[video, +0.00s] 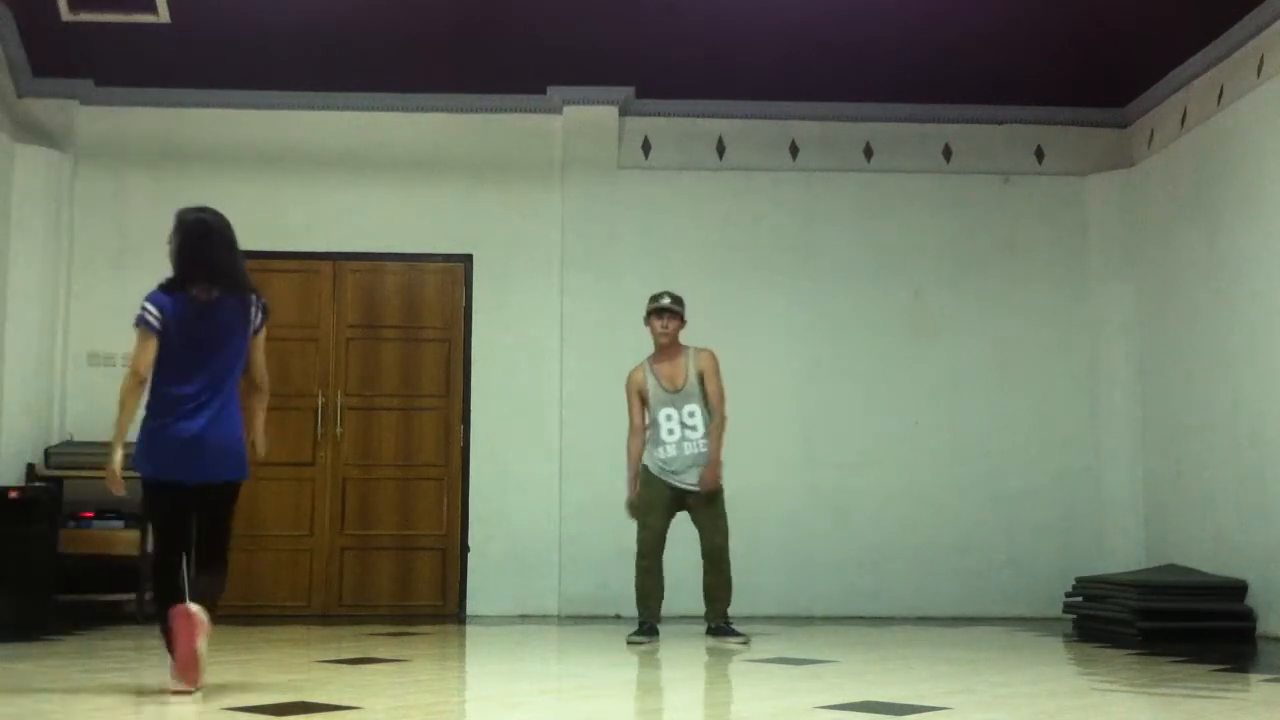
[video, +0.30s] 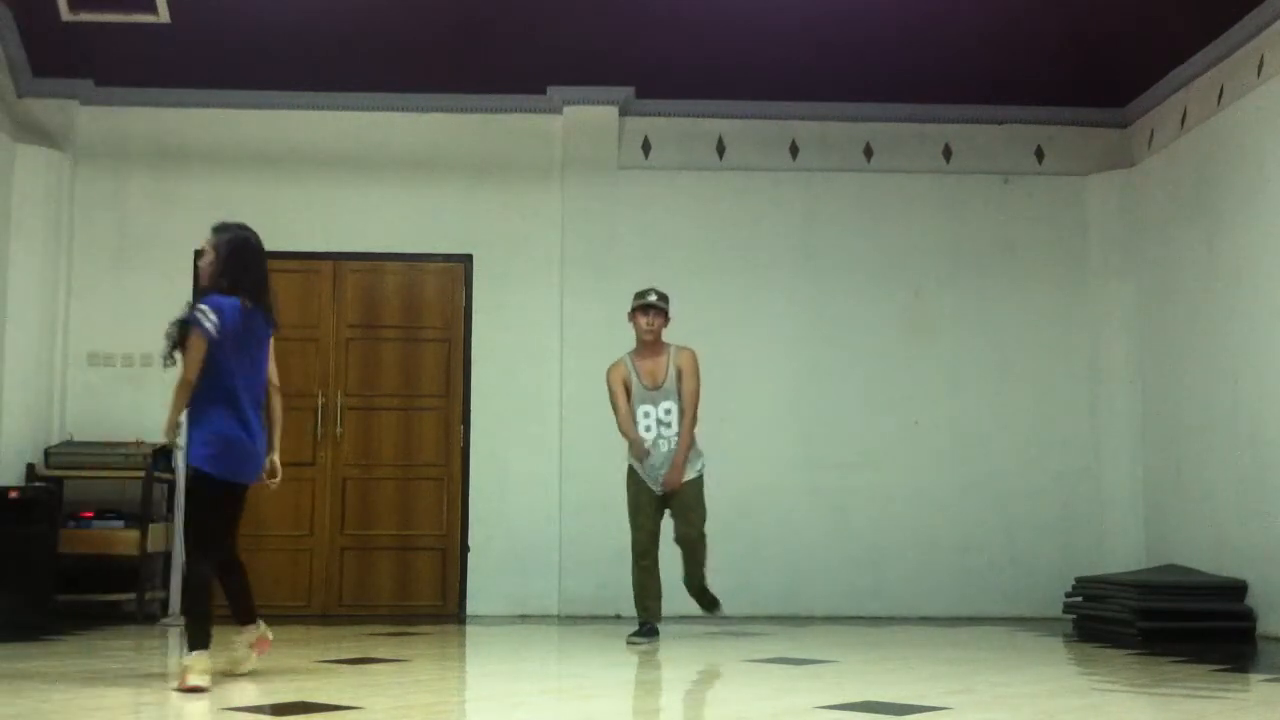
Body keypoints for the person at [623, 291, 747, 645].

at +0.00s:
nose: (664, 322)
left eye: (672, 316)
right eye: (658, 316)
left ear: (682, 322)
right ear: (648, 323)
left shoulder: (703, 360)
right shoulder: (638, 377)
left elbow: (718, 415)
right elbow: (637, 431)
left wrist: (713, 464)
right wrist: (633, 483)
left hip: (701, 476)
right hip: (656, 478)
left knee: (717, 549)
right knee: (648, 551)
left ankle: (718, 621)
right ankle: (647, 623)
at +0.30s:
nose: (650, 320)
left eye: (656, 314)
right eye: (643, 313)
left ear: (666, 320)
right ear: (632, 319)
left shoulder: (684, 358)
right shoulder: (619, 371)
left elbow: (689, 415)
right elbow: (623, 416)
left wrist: (678, 464)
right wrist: (634, 439)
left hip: (684, 464)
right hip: (643, 469)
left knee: (692, 534)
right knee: (643, 546)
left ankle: (696, 584)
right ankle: (648, 620)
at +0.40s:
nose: (651, 318)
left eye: (658, 312)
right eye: (644, 311)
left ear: (666, 318)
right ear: (633, 316)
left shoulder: (682, 357)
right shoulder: (618, 367)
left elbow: (686, 416)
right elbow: (624, 415)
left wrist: (673, 465)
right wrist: (651, 417)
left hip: (679, 462)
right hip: (638, 466)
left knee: (679, 531)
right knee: (641, 546)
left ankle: (681, 572)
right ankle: (648, 621)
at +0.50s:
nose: (653, 315)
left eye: (660, 309)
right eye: (647, 308)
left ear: (668, 316)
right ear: (636, 313)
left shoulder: (684, 356)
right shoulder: (618, 358)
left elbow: (685, 411)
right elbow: (624, 408)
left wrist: (666, 459)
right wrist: (669, 401)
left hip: (676, 456)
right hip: (635, 459)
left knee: (671, 526)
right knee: (640, 541)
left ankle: (666, 549)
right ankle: (648, 621)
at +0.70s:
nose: (663, 317)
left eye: (670, 312)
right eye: (656, 310)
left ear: (677, 319)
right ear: (645, 315)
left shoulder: (688, 363)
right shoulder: (624, 355)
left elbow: (681, 421)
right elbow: (627, 405)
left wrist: (662, 465)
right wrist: (677, 428)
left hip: (672, 462)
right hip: (631, 464)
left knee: (675, 521)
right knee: (637, 547)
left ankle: (666, 568)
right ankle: (647, 621)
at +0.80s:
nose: (670, 316)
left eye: (677, 311)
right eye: (663, 309)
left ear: (685, 318)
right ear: (651, 313)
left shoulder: (690, 363)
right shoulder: (630, 352)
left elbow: (684, 418)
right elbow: (635, 402)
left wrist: (662, 463)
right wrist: (661, 451)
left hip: (674, 460)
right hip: (632, 461)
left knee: (675, 540)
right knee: (638, 544)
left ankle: (667, 616)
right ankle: (647, 621)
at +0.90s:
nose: (677, 323)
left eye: (684, 317)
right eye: (670, 315)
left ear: (692, 325)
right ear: (657, 319)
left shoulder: (695, 372)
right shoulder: (637, 359)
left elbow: (687, 427)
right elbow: (638, 415)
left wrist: (667, 471)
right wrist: (645, 470)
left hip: (673, 469)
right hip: (632, 467)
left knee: (670, 544)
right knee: (638, 546)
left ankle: (669, 623)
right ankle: (647, 620)